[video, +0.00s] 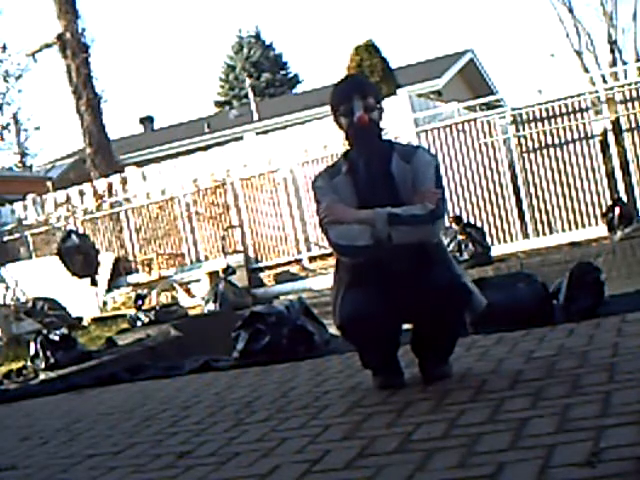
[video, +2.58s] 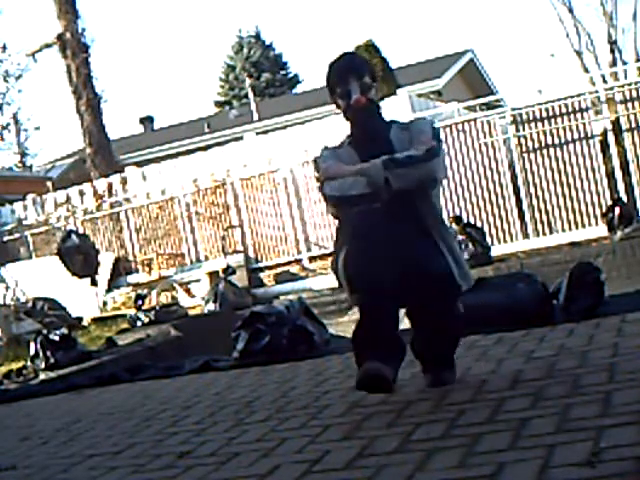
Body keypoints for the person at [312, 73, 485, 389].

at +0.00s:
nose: (361, 118)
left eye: (368, 107)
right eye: (349, 112)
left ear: (381, 110)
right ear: (338, 121)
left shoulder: (417, 159)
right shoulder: (327, 182)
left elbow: (433, 224)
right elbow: (344, 242)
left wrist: (356, 216)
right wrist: (413, 213)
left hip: (423, 266)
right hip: (365, 278)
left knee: (446, 296)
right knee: (359, 316)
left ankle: (434, 358)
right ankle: (384, 367)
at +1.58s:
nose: (349, 121)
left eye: (357, 109)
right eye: (337, 113)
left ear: (368, 110)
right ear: (326, 119)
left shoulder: (402, 156)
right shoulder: (315, 179)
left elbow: (419, 217)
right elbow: (329, 235)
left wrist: (344, 212)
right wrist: (399, 208)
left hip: (413, 260)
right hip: (359, 273)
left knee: (430, 292)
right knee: (362, 313)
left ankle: (434, 361)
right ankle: (385, 370)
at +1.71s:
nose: (343, 113)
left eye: (351, 102)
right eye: (332, 106)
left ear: (363, 104)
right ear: (320, 112)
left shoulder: (395, 147)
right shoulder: (308, 173)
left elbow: (407, 193)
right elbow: (321, 228)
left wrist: (337, 202)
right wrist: (386, 209)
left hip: (413, 263)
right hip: (358, 278)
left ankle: (442, 347)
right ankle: (385, 366)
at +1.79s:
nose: (341, 115)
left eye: (349, 104)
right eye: (329, 108)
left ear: (360, 106)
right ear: (317, 114)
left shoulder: (391, 151)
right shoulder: (306, 176)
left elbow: (409, 196)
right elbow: (321, 232)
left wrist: (338, 204)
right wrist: (387, 207)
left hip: (412, 253)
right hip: (358, 266)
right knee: (368, 308)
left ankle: (453, 361)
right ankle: (386, 369)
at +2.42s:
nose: (369, 124)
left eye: (376, 112)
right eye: (357, 118)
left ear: (388, 113)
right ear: (348, 126)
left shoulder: (426, 158)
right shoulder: (341, 184)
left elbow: (433, 194)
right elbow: (344, 231)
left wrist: (360, 205)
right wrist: (402, 210)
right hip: (384, 286)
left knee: (407, 248)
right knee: (363, 260)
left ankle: (434, 360)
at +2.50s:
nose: (364, 110)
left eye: (370, 99)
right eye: (352, 103)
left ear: (383, 99)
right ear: (341, 110)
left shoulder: (421, 143)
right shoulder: (337, 171)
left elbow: (435, 188)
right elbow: (340, 210)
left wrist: (359, 188)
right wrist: (404, 194)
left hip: (428, 264)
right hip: (370, 275)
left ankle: (436, 360)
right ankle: (377, 368)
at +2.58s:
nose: (357, 98)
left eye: (363, 87)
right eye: (345, 92)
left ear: (375, 86)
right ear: (335, 101)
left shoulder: (416, 131)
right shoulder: (333, 157)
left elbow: (433, 169)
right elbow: (335, 198)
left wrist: (361, 175)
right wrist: (397, 180)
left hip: (420, 239)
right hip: (366, 250)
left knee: (435, 292)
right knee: (376, 299)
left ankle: (438, 360)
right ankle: (376, 361)